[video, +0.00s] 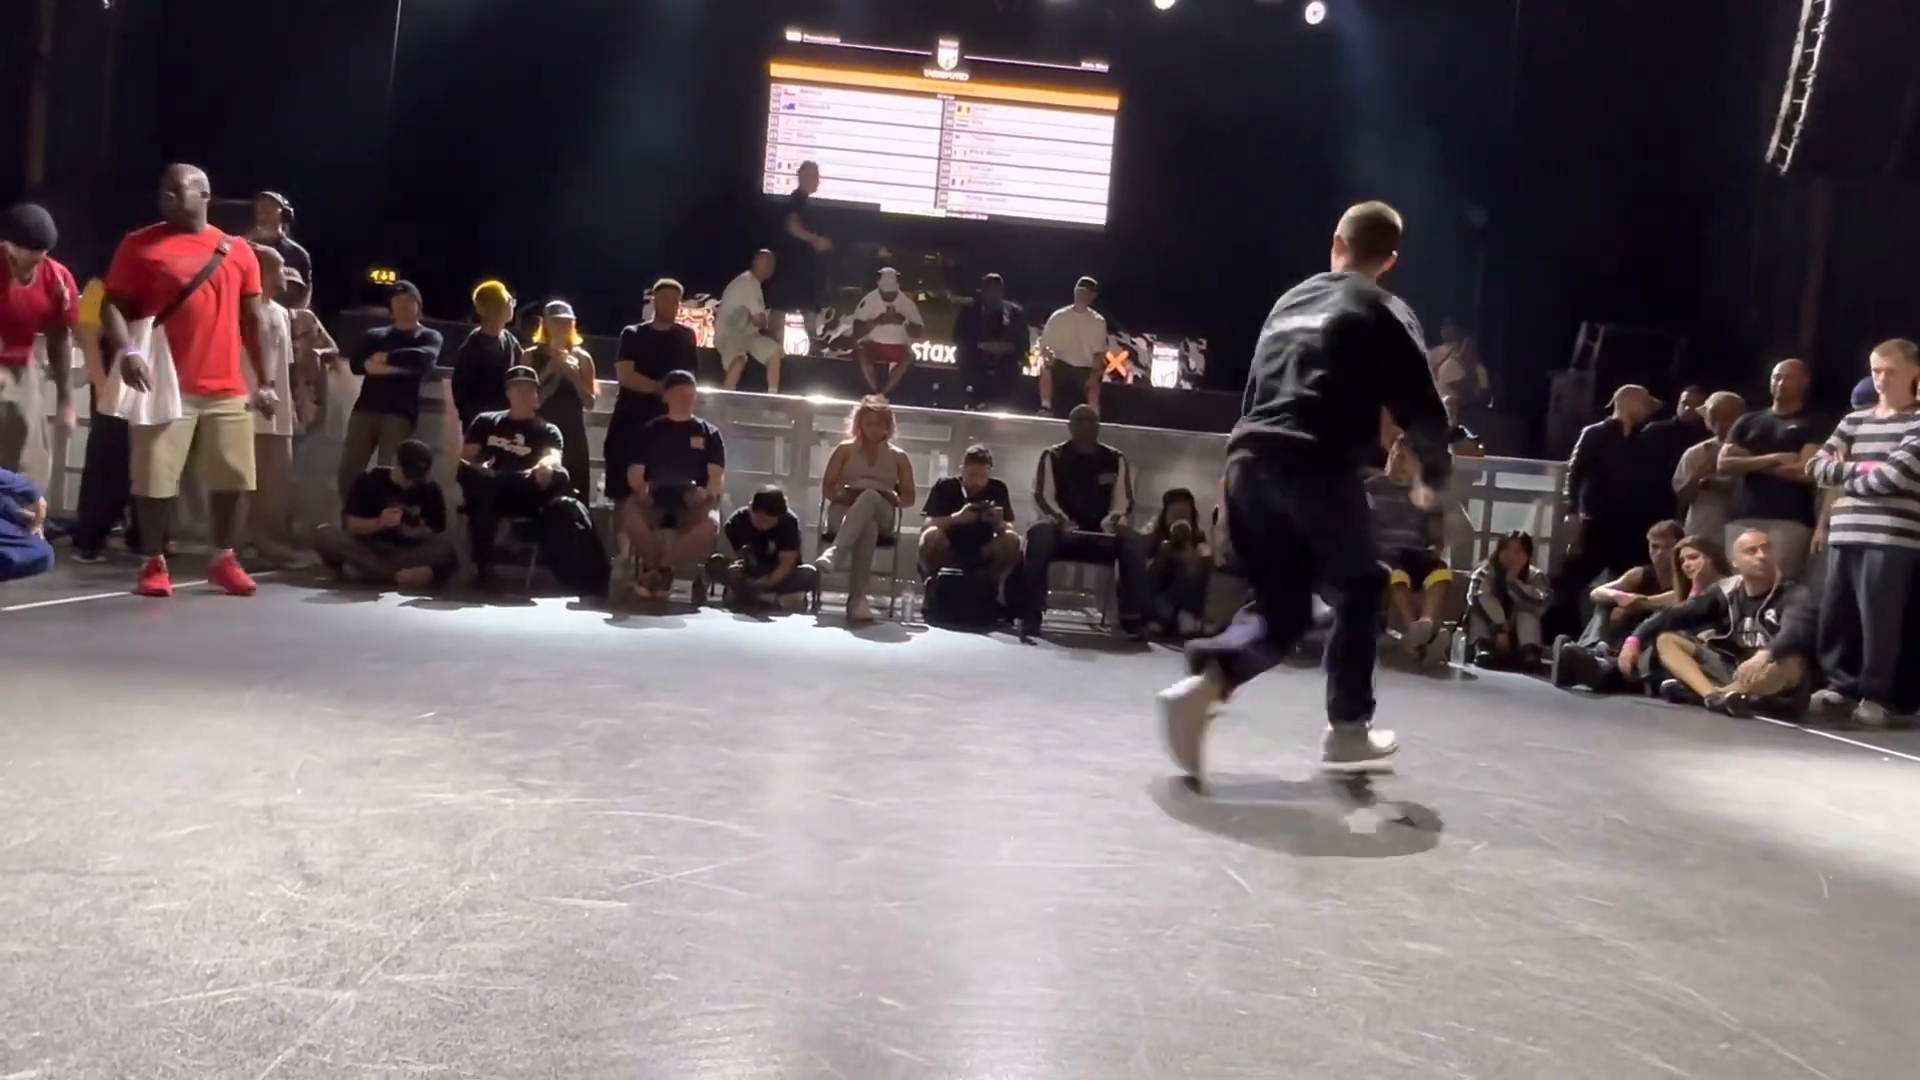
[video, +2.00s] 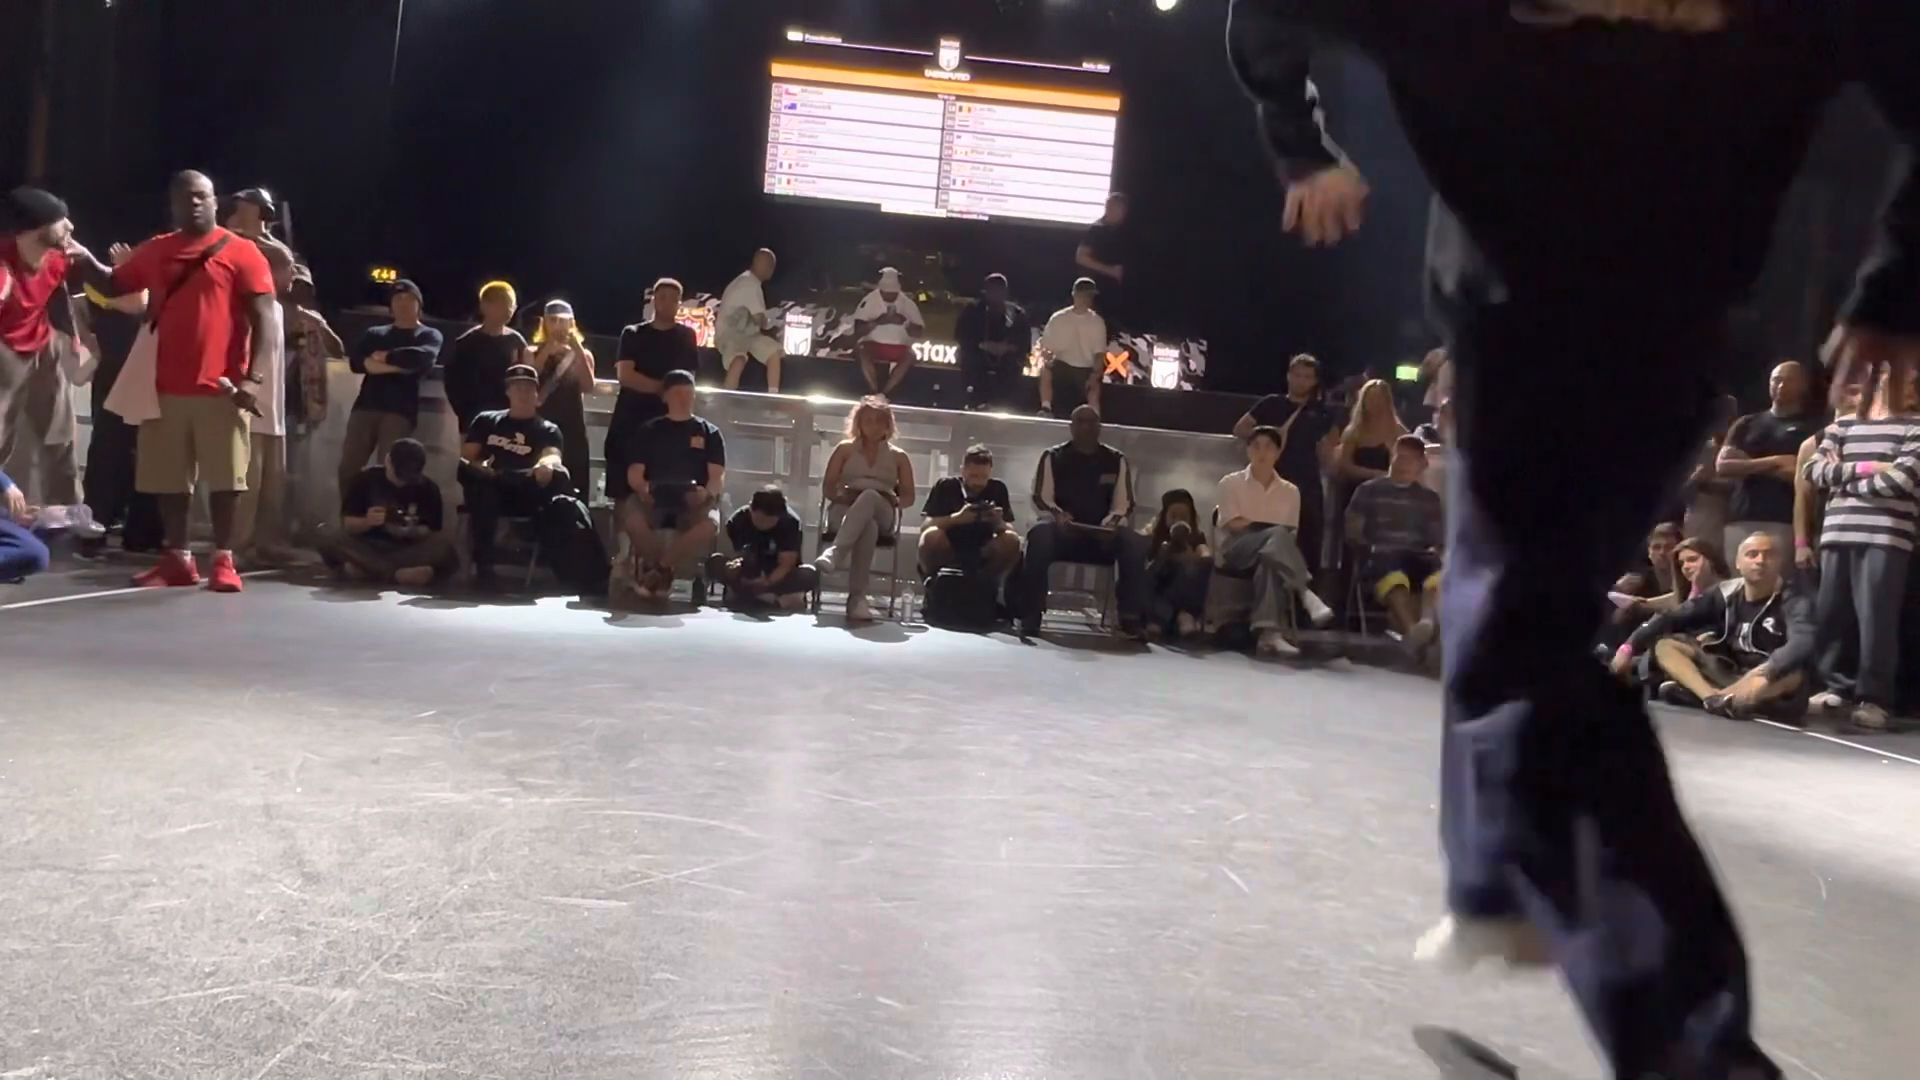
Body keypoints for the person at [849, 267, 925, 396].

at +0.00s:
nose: (889, 297)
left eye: (892, 293)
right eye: (885, 293)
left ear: (897, 289)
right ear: (879, 289)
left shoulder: (906, 302)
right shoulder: (869, 300)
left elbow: (918, 333)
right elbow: (856, 331)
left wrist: (903, 321)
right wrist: (879, 320)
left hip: (898, 346)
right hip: (873, 344)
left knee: (909, 357)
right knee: (861, 352)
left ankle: (884, 393)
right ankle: (875, 391)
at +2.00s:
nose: (890, 296)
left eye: (893, 293)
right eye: (886, 293)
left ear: (898, 290)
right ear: (880, 290)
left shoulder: (907, 303)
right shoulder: (869, 300)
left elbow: (918, 332)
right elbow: (858, 330)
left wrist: (904, 322)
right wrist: (879, 321)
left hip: (899, 347)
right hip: (873, 344)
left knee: (909, 357)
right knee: (863, 352)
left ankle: (885, 393)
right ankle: (875, 392)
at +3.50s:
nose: (876, 305)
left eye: (880, 301)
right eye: (873, 301)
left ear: (885, 298)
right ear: (867, 298)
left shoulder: (894, 310)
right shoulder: (856, 309)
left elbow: (905, 340)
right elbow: (845, 339)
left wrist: (891, 330)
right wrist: (866, 330)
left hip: (887, 354)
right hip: (860, 352)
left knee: (897, 365)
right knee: (851, 362)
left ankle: (874, 401)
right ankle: (863, 398)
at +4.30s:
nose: (859, 303)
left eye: (862, 300)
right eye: (855, 300)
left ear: (867, 296)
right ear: (849, 296)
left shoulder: (876, 307)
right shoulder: (840, 307)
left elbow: (890, 337)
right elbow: (828, 339)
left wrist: (875, 327)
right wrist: (849, 328)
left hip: (871, 353)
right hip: (845, 351)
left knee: (882, 364)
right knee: (833, 357)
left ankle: (858, 400)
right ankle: (849, 398)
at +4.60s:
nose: (861, 313)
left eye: (865, 310)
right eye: (857, 310)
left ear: (870, 307)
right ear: (851, 306)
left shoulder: (879, 319)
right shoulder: (841, 318)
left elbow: (891, 347)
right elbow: (831, 349)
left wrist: (876, 338)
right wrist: (850, 338)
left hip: (873, 363)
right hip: (847, 361)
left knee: (883, 374)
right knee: (836, 371)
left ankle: (860, 411)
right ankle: (852, 410)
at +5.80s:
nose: (873, 323)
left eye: (876, 319)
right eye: (870, 319)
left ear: (879, 317)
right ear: (862, 316)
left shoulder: (883, 326)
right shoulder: (852, 328)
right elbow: (842, 357)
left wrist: (881, 343)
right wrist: (862, 346)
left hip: (880, 374)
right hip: (859, 373)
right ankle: (862, 416)